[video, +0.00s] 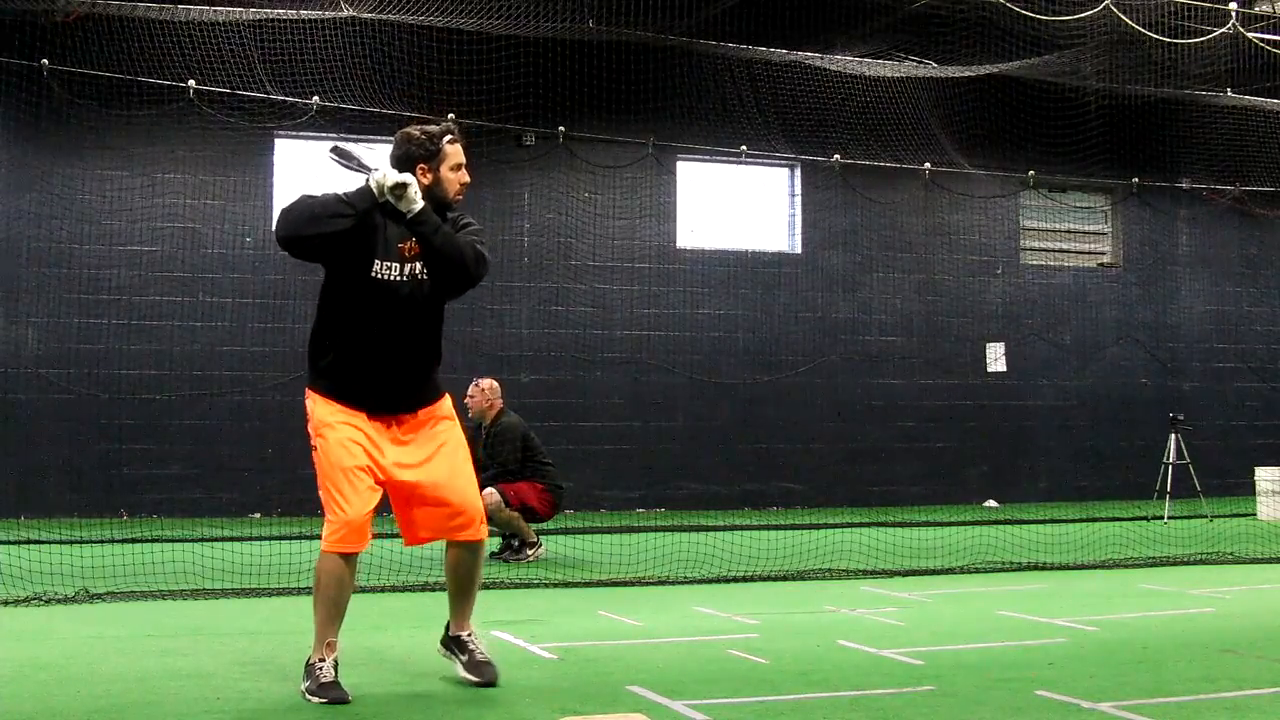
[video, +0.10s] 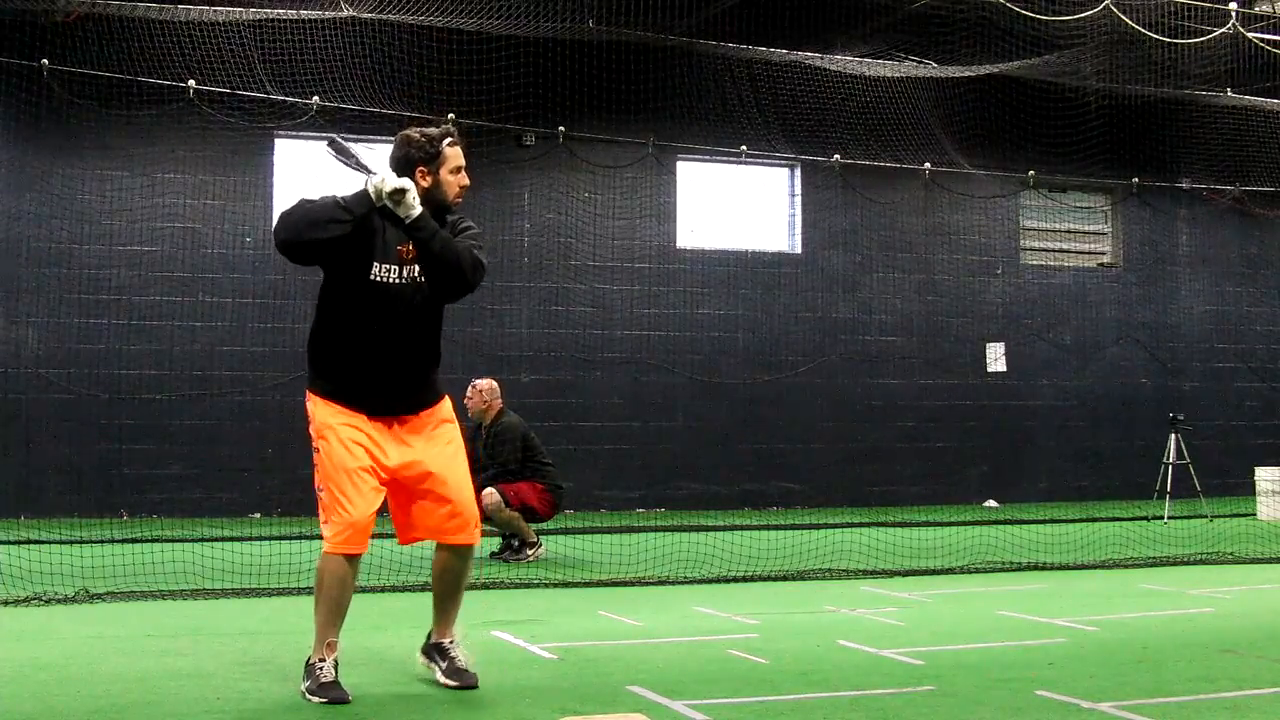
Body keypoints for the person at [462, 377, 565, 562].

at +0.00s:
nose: (466, 402)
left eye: (471, 397)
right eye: (466, 397)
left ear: (489, 402)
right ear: (487, 403)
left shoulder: (507, 426)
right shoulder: (483, 428)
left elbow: (507, 471)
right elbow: (483, 467)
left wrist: (471, 486)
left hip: (542, 491)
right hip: (518, 488)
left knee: (489, 499)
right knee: (470, 497)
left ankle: (531, 541)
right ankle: (511, 536)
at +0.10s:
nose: (465, 403)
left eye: (470, 398)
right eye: (466, 398)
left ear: (487, 402)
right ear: (485, 403)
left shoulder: (508, 426)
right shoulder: (479, 429)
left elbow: (507, 471)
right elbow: (476, 467)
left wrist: (471, 488)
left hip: (542, 491)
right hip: (514, 488)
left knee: (490, 499)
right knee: (467, 497)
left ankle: (531, 541)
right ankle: (511, 536)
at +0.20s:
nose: (465, 405)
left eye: (470, 400)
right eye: (465, 400)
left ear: (488, 401)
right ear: (486, 402)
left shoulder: (509, 425)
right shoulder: (477, 430)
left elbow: (507, 472)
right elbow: (475, 470)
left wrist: (470, 484)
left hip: (542, 491)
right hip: (510, 488)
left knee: (489, 499)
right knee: (463, 501)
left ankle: (531, 541)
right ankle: (510, 535)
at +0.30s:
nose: (466, 407)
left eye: (470, 401)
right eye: (464, 402)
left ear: (489, 401)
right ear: (487, 402)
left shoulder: (508, 426)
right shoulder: (478, 431)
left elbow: (508, 473)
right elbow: (477, 470)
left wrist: (470, 482)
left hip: (541, 491)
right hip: (511, 488)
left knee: (489, 499)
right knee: (464, 502)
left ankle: (531, 541)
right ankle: (510, 535)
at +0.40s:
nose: (464, 410)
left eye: (468, 404)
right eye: (462, 405)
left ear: (487, 402)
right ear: (485, 403)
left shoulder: (508, 426)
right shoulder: (478, 431)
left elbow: (509, 473)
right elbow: (475, 470)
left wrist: (468, 482)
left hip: (542, 491)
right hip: (510, 489)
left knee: (489, 499)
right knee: (465, 503)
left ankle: (531, 540)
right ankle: (511, 535)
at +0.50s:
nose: (462, 411)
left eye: (466, 405)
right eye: (461, 406)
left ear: (486, 403)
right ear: (484, 404)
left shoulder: (508, 426)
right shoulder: (478, 431)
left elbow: (508, 473)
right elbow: (475, 472)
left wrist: (470, 482)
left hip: (542, 491)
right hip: (511, 490)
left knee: (490, 499)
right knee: (463, 503)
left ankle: (531, 540)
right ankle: (511, 534)